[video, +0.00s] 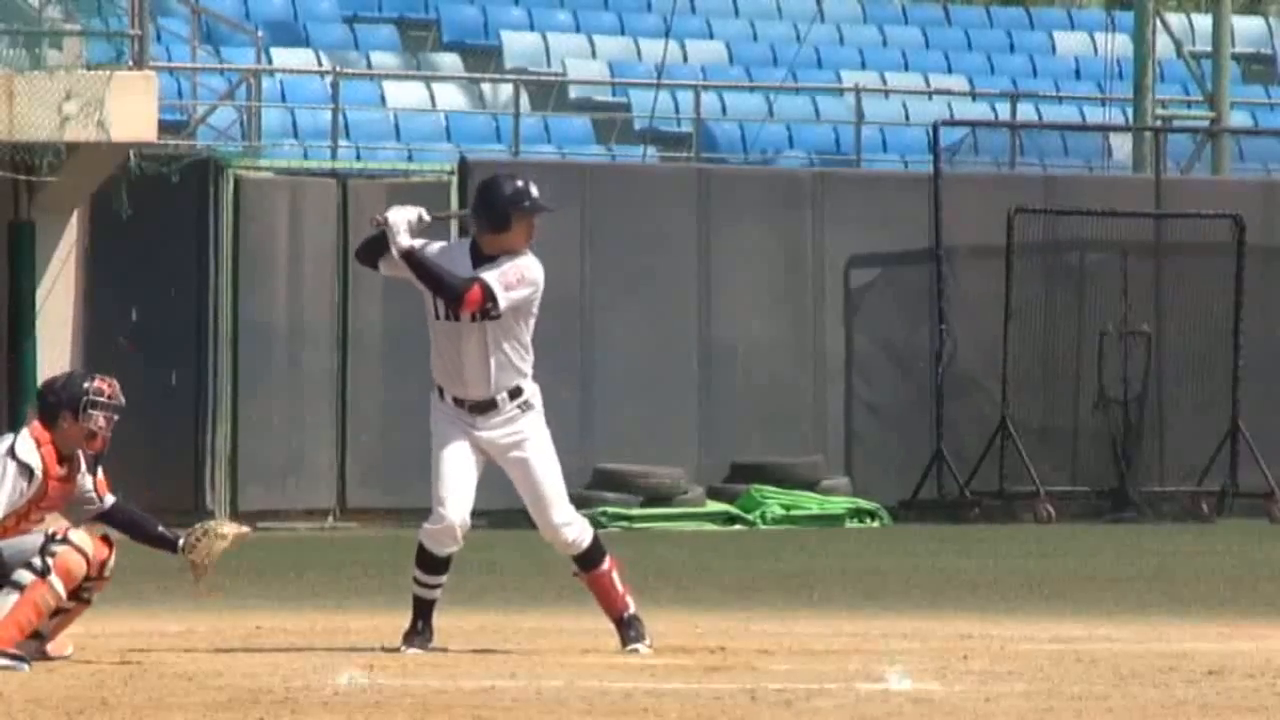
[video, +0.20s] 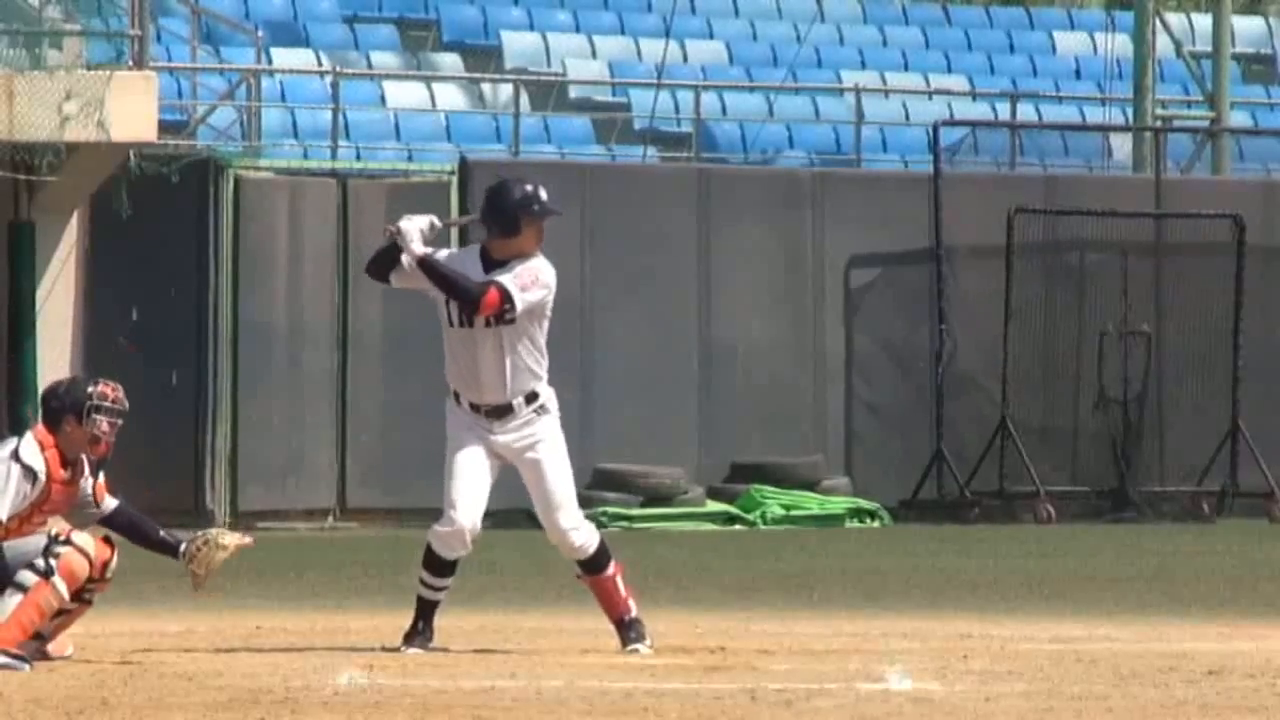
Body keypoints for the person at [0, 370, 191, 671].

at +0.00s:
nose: (103, 425)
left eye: (105, 417)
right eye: (93, 416)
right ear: (65, 419)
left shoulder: (75, 462)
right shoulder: (18, 459)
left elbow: (111, 511)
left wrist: (179, 543)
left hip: (10, 545)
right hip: (1, 547)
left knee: (99, 551)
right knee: (69, 552)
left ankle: (34, 642)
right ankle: (4, 642)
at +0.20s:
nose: (105, 429)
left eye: (108, 420)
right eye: (96, 420)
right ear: (69, 424)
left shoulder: (77, 467)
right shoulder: (22, 462)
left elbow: (117, 515)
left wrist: (181, 548)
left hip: (13, 547)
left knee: (101, 554)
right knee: (70, 555)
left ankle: (35, 642)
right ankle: (6, 643)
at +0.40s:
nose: (111, 434)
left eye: (112, 425)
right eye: (101, 425)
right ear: (73, 427)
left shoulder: (80, 467)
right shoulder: (24, 464)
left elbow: (111, 522)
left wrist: (167, 560)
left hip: (16, 547)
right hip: (4, 550)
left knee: (102, 553)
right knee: (73, 555)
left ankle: (35, 642)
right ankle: (7, 644)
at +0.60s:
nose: (109, 436)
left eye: (110, 427)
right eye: (100, 427)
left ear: (76, 432)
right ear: (75, 430)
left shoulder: (77, 469)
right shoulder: (26, 465)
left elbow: (113, 524)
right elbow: (2, 528)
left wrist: (145, 572)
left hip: (22, 546)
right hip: (6, 549)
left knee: (105, 554)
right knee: (75, 557)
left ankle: (37, 640)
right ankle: (8, 644)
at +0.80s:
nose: (115, 435)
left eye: (118, 427)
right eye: (106, 426)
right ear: (77, 429)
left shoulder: (83, 471)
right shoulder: (27, 468)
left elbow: (119, 529)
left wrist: (124, 590)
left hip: (24, 551)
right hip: (5, 554)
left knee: (106, 553)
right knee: (77, 554)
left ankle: (37, 640)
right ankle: (7, 644)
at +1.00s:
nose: (114, 436)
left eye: (117, 428)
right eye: (105, 427)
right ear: (77, 429)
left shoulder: (84, 471)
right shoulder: (27, 467)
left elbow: (114, 528)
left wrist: (132, 589)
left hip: (23, 551)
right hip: (6, 554)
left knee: (105, 552)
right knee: (77, 554)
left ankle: (38, 638)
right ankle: (9, 645)